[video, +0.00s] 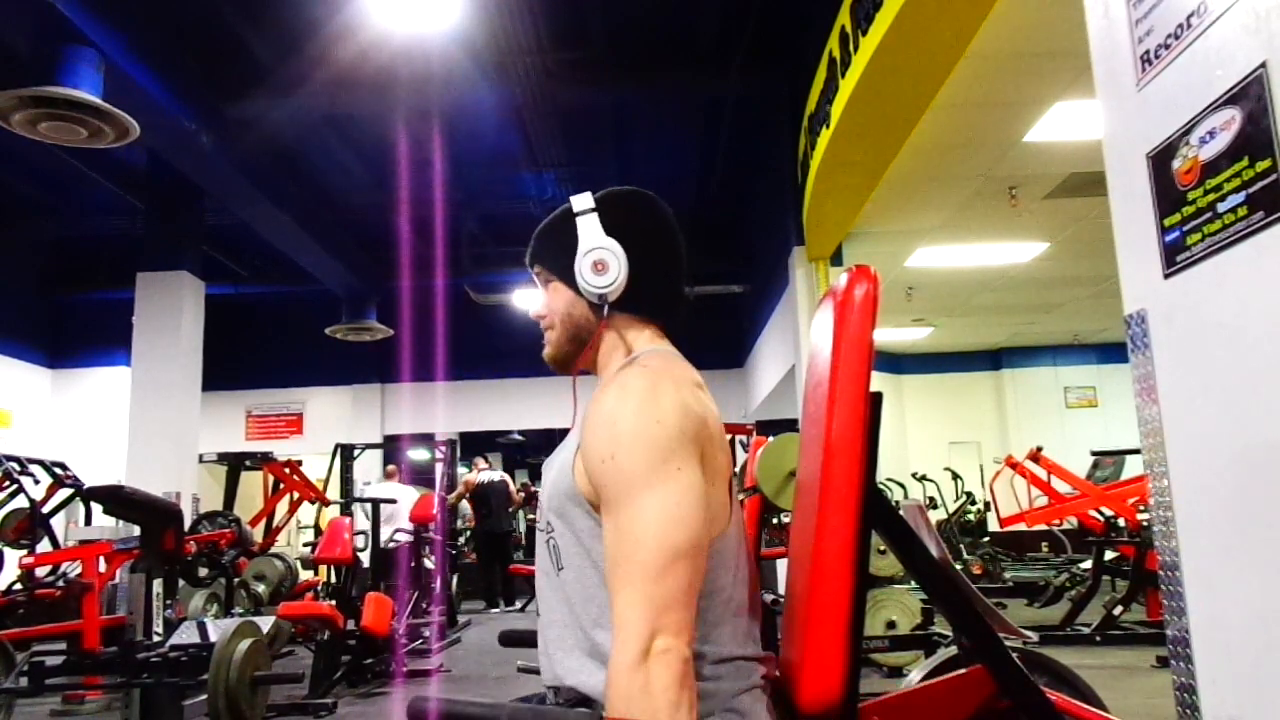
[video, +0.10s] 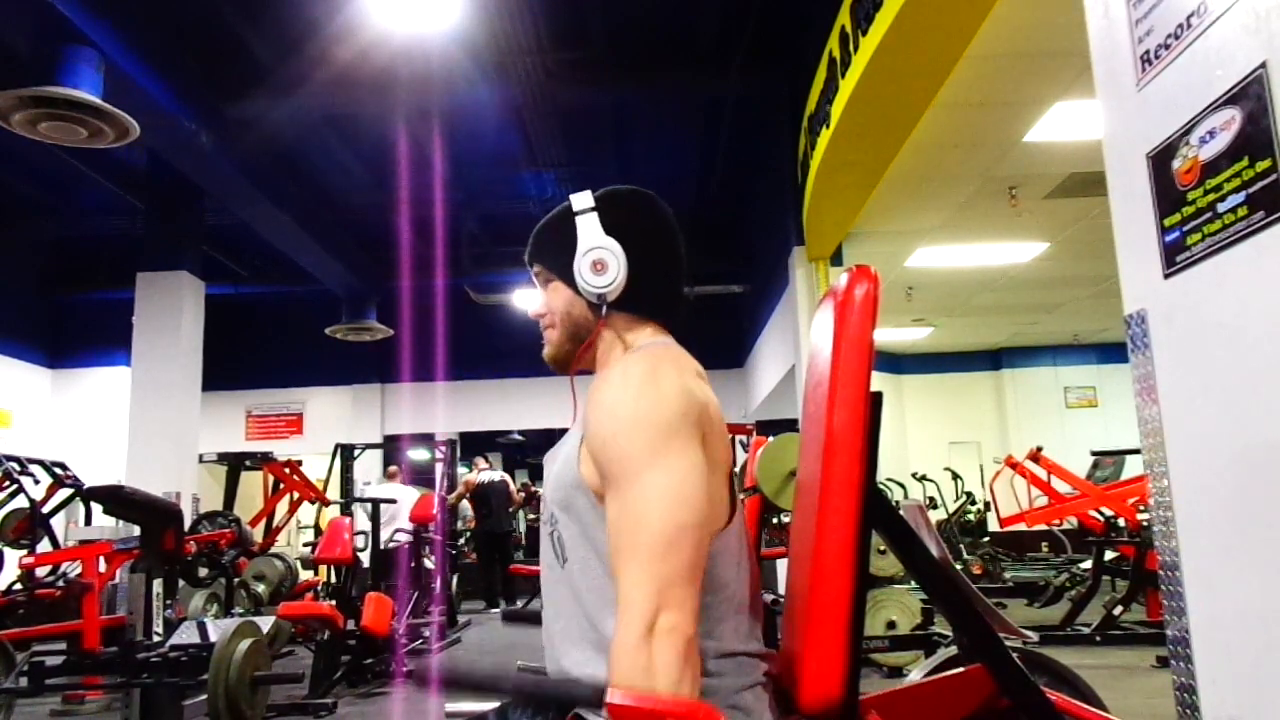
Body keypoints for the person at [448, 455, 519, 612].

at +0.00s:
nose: (473, 469)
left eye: (473, 466)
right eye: (474, 466)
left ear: (474, 467)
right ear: (489, 464)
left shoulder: (470, 478)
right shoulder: (504, 476)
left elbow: (455, 498)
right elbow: (516, 499)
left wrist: (447, 502)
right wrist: (508, 511)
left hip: (483, 530)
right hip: (504, 529)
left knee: (487, 567)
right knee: (506, 566)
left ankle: (492, 604)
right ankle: (510, 602)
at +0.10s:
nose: (474, 468)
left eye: (474, 466)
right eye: (477, 465)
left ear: (474, 467)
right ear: (489, 464)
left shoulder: (471, 478)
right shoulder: (504, 476)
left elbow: (455, 499)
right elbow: (516, 499)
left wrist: (446, 502)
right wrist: (508, 511)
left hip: (483, 530)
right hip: (504, 529)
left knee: (487, 567)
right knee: (506, 565)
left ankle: (492, 603)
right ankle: (511, 601)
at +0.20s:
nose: (475, 468)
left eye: (474, 466)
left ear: (475, 467)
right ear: (489, 464)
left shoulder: (471, 478)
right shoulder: (504, 475)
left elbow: (456, 498)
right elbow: (517, 499)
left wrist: (447, 502)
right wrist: (508, 510)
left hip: (483, 530)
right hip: (505, 529)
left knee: (487, 567)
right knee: (506, 566)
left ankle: (492, 603)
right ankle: (514, 601)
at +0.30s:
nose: (477, 469)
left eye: (476, 467)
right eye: (482, 466)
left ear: (476, 466)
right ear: (491, 464)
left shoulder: (472, 477)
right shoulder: (505, 475)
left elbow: (456, 498)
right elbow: (517, 498)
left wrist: (447, 502)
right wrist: (509, 511)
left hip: (484, 529)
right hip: (505, 529)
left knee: (487, 566)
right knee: (507, 565)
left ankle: (493, 604)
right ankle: (516, 600)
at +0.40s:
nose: (479, 467)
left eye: (479, 465)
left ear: (478, 465)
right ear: (494, 464)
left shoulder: (473, 477)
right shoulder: (507, 476)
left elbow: (456, 497)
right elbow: (518, 498)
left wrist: (447, 499)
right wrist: (511, 512)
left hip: (485, 528)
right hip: (506, 527)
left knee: (487, 565)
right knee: (505, 565)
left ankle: (492, 604)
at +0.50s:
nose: (487, 464)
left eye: (484, 462)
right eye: (489, 462)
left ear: (481, 464)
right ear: (496, 464)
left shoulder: (474, 476)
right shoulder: (508, 476)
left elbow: (458, 495)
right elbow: (519, 499)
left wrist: (444, 500)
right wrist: (509, 511)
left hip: (485, 528)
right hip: (507, 528)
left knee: (488, 567)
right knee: (512, 566)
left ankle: (491, 602)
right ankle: (518, 602)